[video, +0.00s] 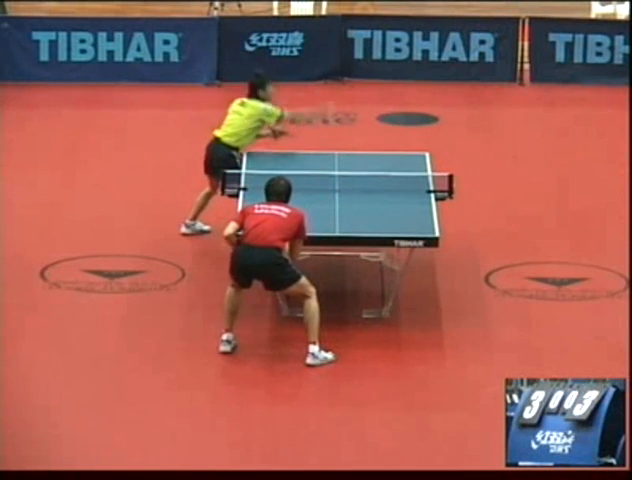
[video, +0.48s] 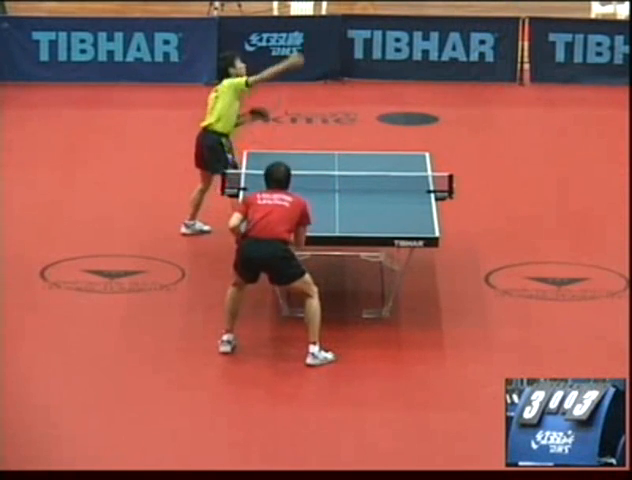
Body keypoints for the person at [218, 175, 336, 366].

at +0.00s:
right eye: (286, 194)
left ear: (266, 195)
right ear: (288, 196)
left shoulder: (250, 209)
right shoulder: (296, 216)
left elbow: (228, 233)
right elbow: (294, 254)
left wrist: (240, 247)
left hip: (243, 252)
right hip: (271, 255)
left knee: (235, 287)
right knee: (310, 294)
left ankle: (227, 335)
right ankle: (314, 349)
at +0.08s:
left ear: (266, 194)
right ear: (288, 196)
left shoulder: (250, 209)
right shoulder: (297, 215)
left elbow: (229, 233)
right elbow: (295, 253)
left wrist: (241, 246)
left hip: (244, 252)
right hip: (272, 254)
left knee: (235, 286)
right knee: (310, 294)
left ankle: (227, 335)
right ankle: (314, 349)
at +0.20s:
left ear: (266, 192)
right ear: (289, 194)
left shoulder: (251, 207)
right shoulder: (297, 213)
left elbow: (229, 232)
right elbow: (296, 252)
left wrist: (244, 243)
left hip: (244, 252)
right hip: (272, 254)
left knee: (236, 286)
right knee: (310, 294)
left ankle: (227, 335)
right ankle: (314, 349)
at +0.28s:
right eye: (286, 188)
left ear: (267, 190)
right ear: (289, 191)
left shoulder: (251, 206)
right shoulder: (298, 211)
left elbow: (230, 231)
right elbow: (297, 250)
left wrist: (244, 242)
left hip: (246, 250)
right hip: (274, 252)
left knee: (237, 285)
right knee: (311, 293)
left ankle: (227, 335)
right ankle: (314, 349)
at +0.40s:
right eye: (287, 183)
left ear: (267, 185)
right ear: (289, 186)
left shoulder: (252, 201)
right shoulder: (299, 206)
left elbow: (233, 227)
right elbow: (299, 245)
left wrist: (243, 242)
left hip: (249, 247)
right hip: (277, 249)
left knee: (237, 285)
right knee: (311, 293)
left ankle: (227, 336)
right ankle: (314, 349)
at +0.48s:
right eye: (286, 179)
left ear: (266, 181)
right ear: (288, 182)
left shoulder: (251, 199)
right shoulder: (299, 203)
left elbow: (233, 225)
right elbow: (299, 242)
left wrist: (243, 238)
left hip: (250, 246)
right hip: (278, 248)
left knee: (237, 285)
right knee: (311, 293)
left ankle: (228, 336)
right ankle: (314, 349)